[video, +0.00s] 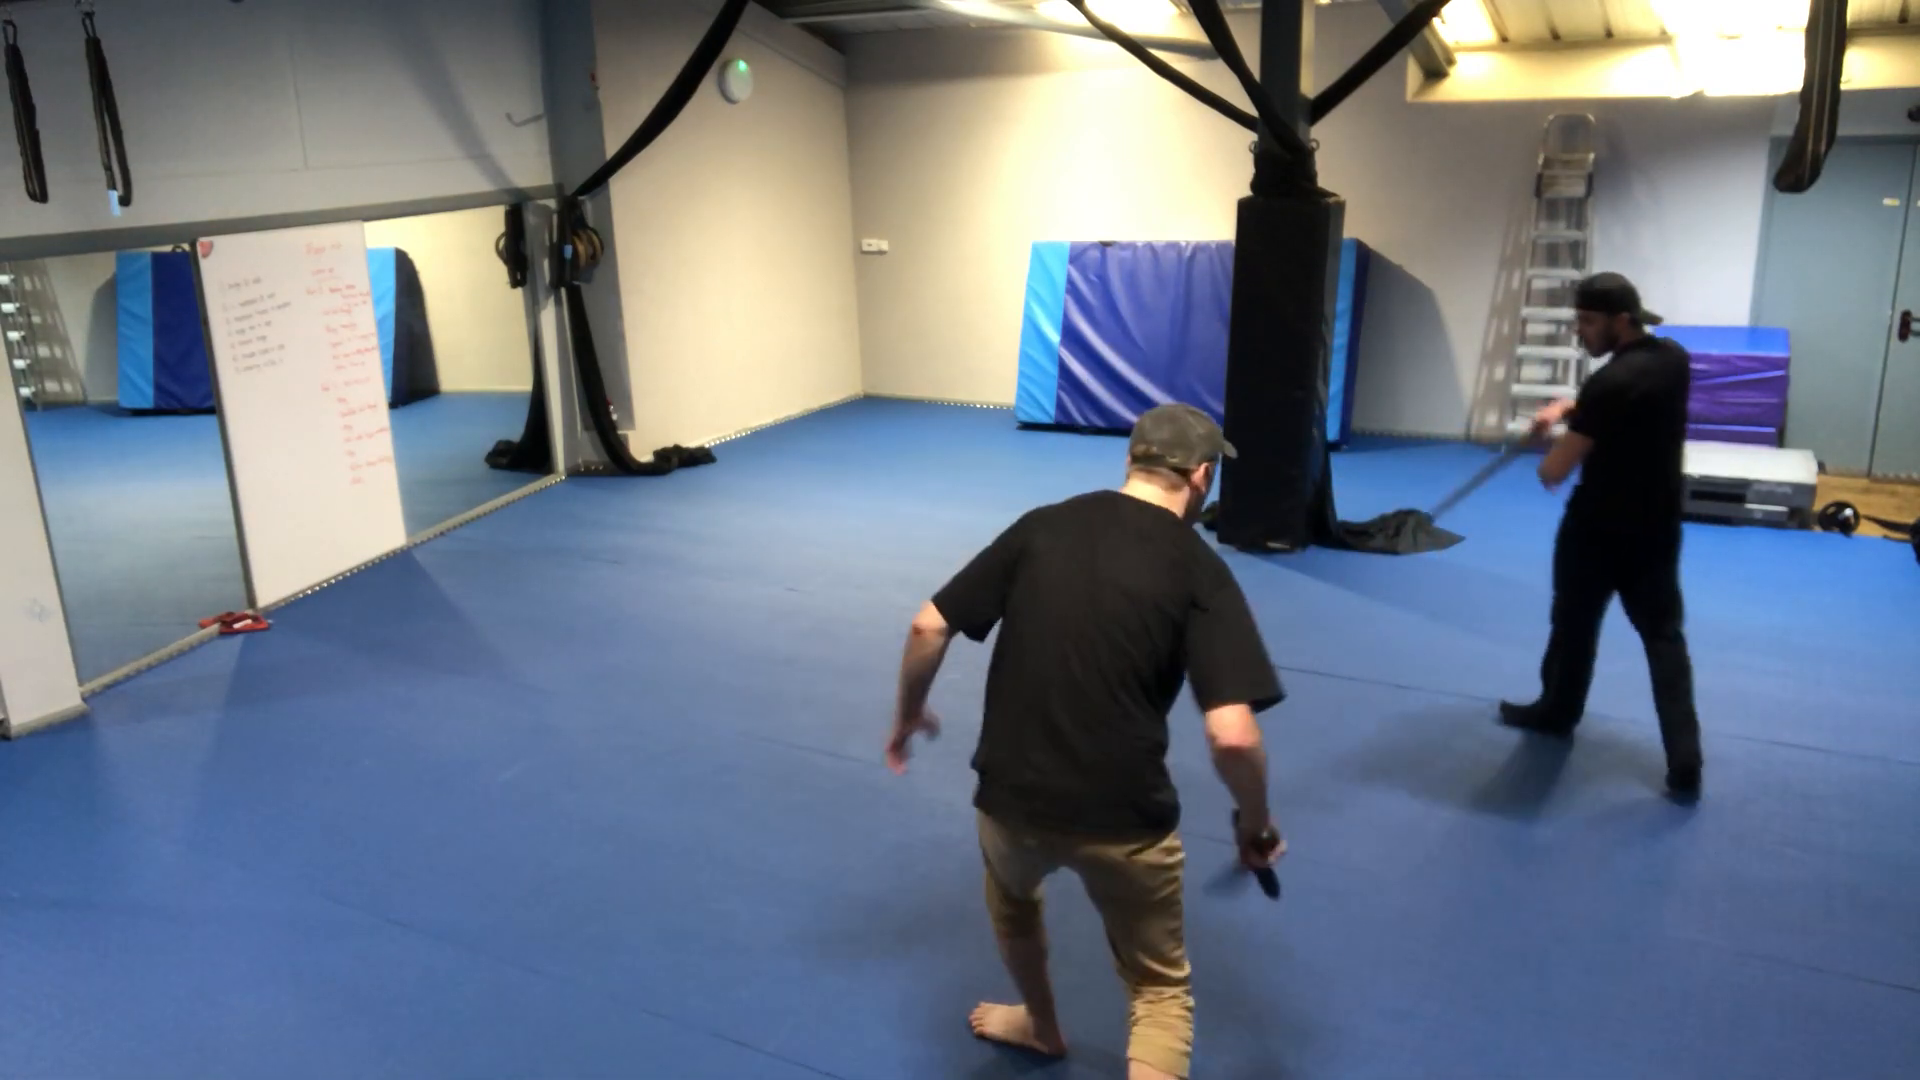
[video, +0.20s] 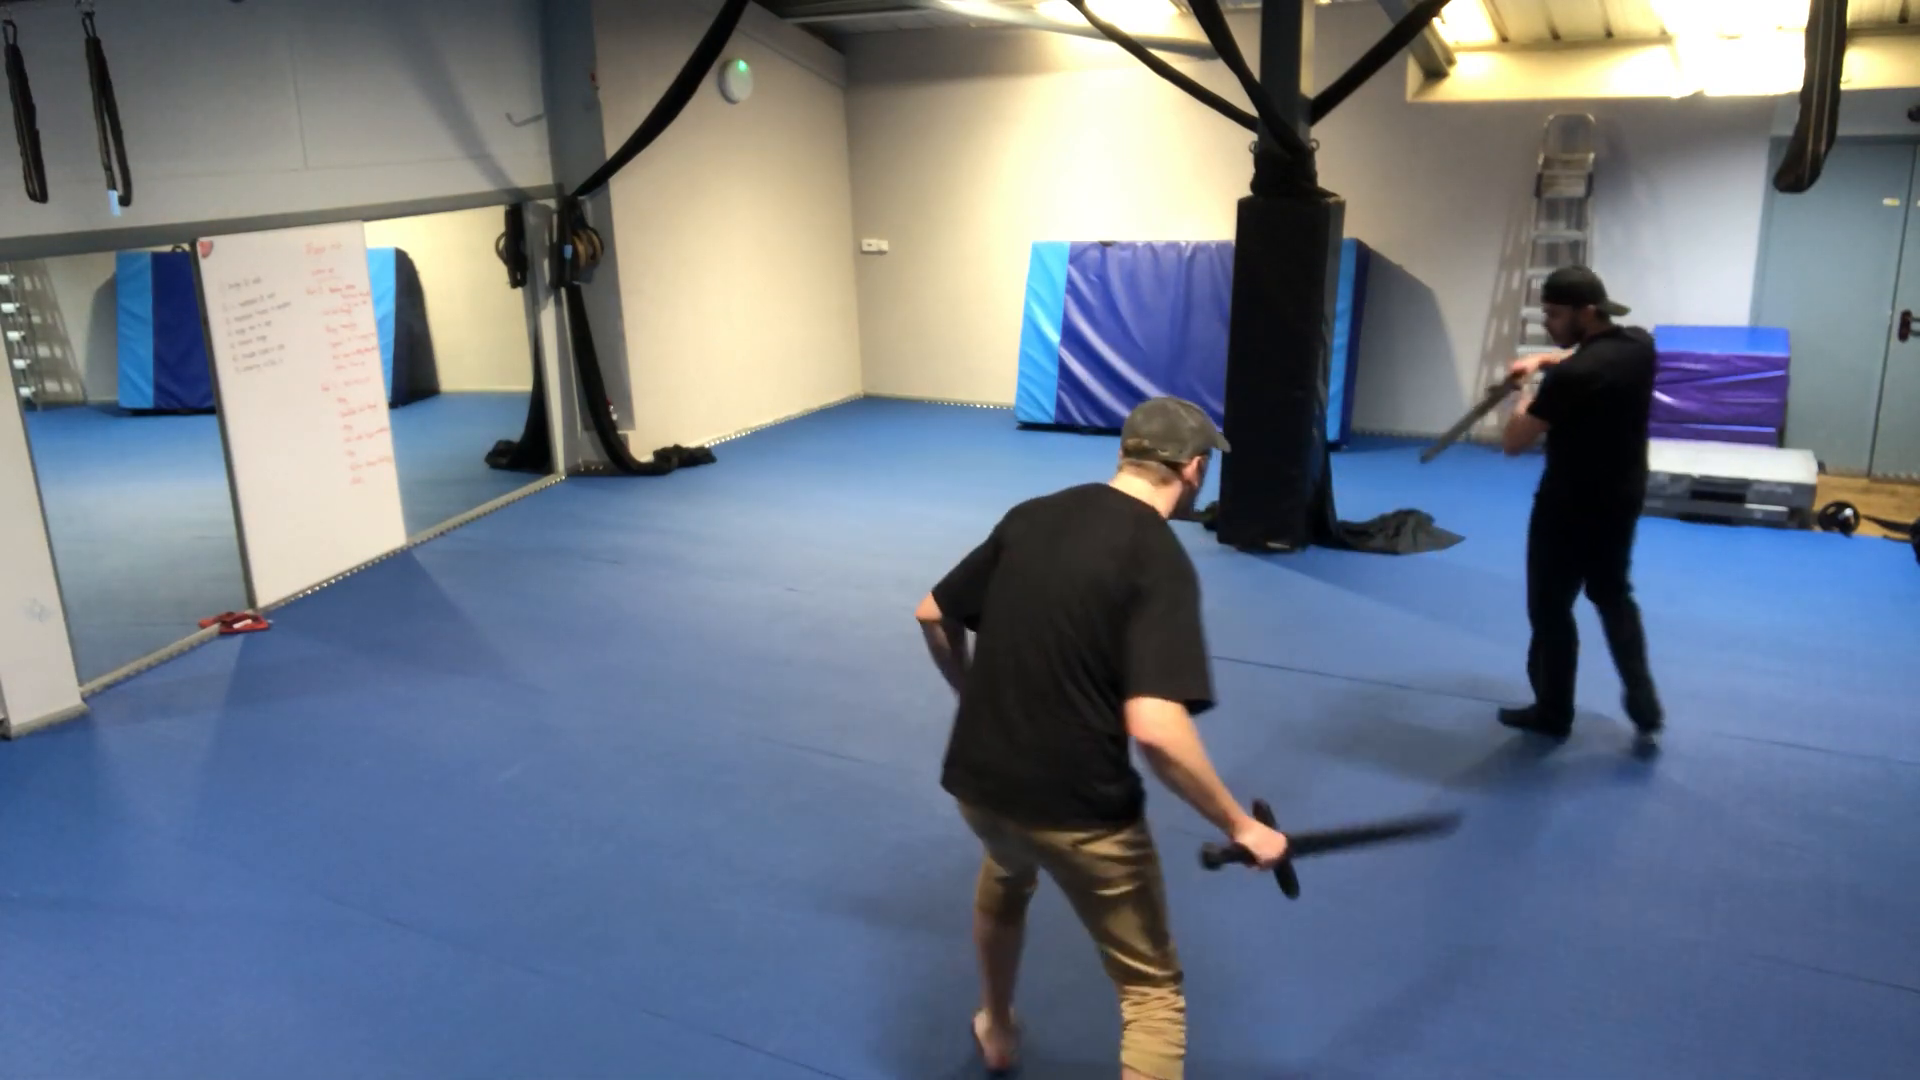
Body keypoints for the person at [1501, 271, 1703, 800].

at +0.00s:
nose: (1578, 332)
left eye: (1585, 322)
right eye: (1578, 321)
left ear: (1617, 321)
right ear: (1628, 320)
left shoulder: (1607, 384)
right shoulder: (1674, 359)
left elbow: (1553, 471)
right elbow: (1628, 413)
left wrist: (1552, 438)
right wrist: (1569, 411)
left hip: (1596, 526)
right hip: (1655, 525)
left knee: (1574, 623)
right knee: (1665, 637)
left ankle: (1557, 711)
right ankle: (1685, 767)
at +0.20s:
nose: (1547, 323)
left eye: (1552, 314)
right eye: (1546, 314)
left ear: (1585, 313)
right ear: (1596, 313)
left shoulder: (1569, 374)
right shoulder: (1640, 345)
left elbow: (1515, 438)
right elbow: (1591, 358)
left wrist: (1524, 394)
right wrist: (1539, 362)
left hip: (1567, 499)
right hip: (1622, 495)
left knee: (1550, 606)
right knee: (1610, 590)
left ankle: (1553, 711)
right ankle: (1643, 703)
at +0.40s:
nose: (1524, 321)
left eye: (1530, 311)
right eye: (1523, 310)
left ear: (1561, 310)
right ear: (1570, 310)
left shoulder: (1545, 368)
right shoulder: (1613, 339)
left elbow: (1479, 423)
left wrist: (1501, 374)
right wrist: (1527, 353)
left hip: (1546, 498)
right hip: (1594, 493)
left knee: (1537, 599)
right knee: (1573, 581)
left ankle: (1549, 709)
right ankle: (1569, 678)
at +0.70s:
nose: (1504, 319)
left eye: (1510, 311)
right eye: (1501, 311)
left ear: (1540, 307)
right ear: (1548, 307)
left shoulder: (1520, 362)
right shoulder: (1582, 335)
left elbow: (1457, 412)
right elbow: (1539, 338)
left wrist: (1488, 365)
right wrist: (1504, 337)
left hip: (1521, 488)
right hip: (1561, 479)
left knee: (1519, 596)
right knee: (1523, 568)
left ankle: (1549, 709)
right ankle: (1502, 641)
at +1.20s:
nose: (1471, 303)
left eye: (1477, 294)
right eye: (1468, 294)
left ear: (1506, 291)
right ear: (1511, 292)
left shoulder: (1496, 341)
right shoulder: (1535, 319)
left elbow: (1433, 387)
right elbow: (1512, 295)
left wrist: (1445, 338)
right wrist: (1470, 313)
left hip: (1486, 461)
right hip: (1513, 457)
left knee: (1449, 561)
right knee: (1488, 557)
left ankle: (1508, 658)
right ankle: (1485, 649)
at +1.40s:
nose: (1455, 301)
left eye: (1460, 293)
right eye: (1453, 293)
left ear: (1486, 290)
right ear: (1492, 289)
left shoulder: (1483, 340)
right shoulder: (1516, 318)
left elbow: (1416, 380)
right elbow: (1491, 292)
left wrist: (1424, 329)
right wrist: (1437, 316)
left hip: (1473, 460)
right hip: (1501, 454)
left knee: (1426, 555)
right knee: (1477, 551)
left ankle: (1429, 667)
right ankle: (1489, 652)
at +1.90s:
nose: (1384, 306)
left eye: (1389, 298)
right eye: (1383, 298)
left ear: (1415, 297)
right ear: (1423, 296)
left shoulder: (1411, 344)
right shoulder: (1448, 323)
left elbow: (1343, 378)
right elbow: (1426, 295)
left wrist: (1360, 326)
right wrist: (1380, 299)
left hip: (1410, 467)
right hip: (1436, 460)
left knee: (1369, 564)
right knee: (1429, 552)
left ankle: (1354, 667)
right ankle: (1472, 642)